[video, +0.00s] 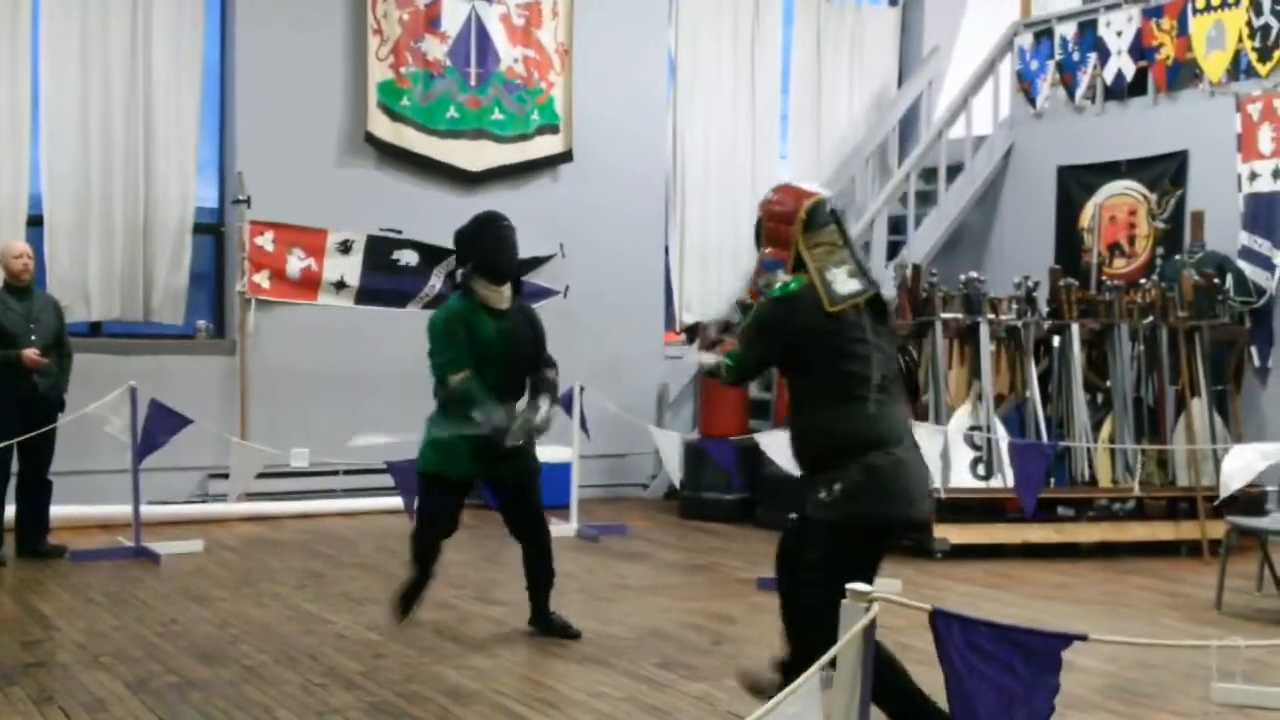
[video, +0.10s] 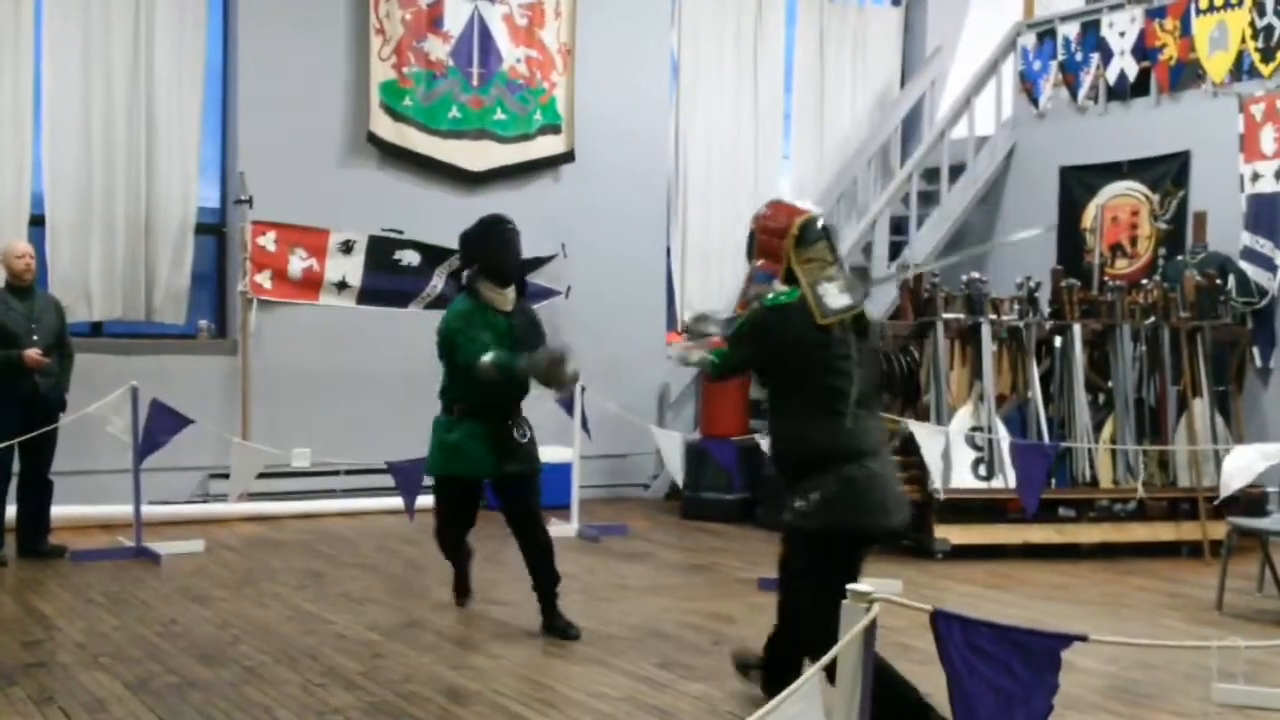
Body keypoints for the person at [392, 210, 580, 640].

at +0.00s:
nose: (508, 256)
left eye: (509, 247)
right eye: (498, 249)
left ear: (514, 256)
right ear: (475, 258)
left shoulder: (524, 317)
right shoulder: (450, 319)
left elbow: (544, 370)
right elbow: (455, 386)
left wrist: (538, 411)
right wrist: (501, 418)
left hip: (508, 440)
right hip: (453, 441)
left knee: (533, 528)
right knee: (435, 523)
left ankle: (541, 612)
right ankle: (419, 577)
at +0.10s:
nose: (510, 265)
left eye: (513, 258)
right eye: (501, 258)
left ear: (518, 265)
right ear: (481, 264)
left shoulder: (524, 316)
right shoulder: (459, 319)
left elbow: (540, 366)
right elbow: (483, 368)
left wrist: (558, 375)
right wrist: (531, 366)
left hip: (510, 431)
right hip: (461, 434)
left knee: (529, 524)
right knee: (450, 529)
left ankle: (550, 609)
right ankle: (461, 565)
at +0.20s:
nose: (511, 271)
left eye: (511, 262)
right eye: (501, 263)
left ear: (513, 268)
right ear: (480, 271)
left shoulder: (515, 320)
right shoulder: (464, 319)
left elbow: (544, 362)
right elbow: (505, 342)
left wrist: (570, 352)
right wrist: (560, 331)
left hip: (507, 433)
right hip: (463, 436)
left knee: (534, 521)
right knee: (466, 524)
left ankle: (551, 609)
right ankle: (477, 576)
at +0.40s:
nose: (514, 273)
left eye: (514, 265)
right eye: (504, 266)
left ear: (517, 269)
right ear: (481, 273)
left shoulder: (518, 320)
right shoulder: (468, 317)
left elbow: (546, 369)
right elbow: (507, 316)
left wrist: (548, 332)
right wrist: (547, 316)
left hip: (513, 434)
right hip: (468, 437)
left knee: (557, 514)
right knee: (474, 529)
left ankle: (565, 604)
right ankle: (477, 576)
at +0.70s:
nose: (528, 267)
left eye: (527, 259)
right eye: (520, 259)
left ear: (494, 266)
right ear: (500, 263)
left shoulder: (519, 307)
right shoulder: (478, 305)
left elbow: (545, 337)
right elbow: (511, 314)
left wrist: (548, 342)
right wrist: (533, 322)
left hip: (514, 426)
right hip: (469, 431)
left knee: (539, 525)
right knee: (479, 529)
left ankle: (539, 613)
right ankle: (476, 566)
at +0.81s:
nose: (518, 259)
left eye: (518, 250)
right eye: (509, 252)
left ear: (516, 256)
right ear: (486, 259)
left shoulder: (523, 308)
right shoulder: (468, 308)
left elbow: (534, 348)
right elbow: (493, 333)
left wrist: (549, 354)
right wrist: (520, 342)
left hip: (511, 428)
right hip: (465, 432)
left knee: (540, 526)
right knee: (482, 534)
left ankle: (538, 613)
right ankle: (477, 569)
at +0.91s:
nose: (497, 259)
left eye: (497, 250)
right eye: (486, 253)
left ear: (500, 256)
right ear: (465, 262)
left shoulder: (516, 313)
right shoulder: (450, 316)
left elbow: (531, 363)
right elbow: (465, 353)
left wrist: (547, 362)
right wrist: (515, 356)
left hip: (508, 430)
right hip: (460, 434)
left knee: (541, 523)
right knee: (463, 512)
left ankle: (543, 612)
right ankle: (458, 601)